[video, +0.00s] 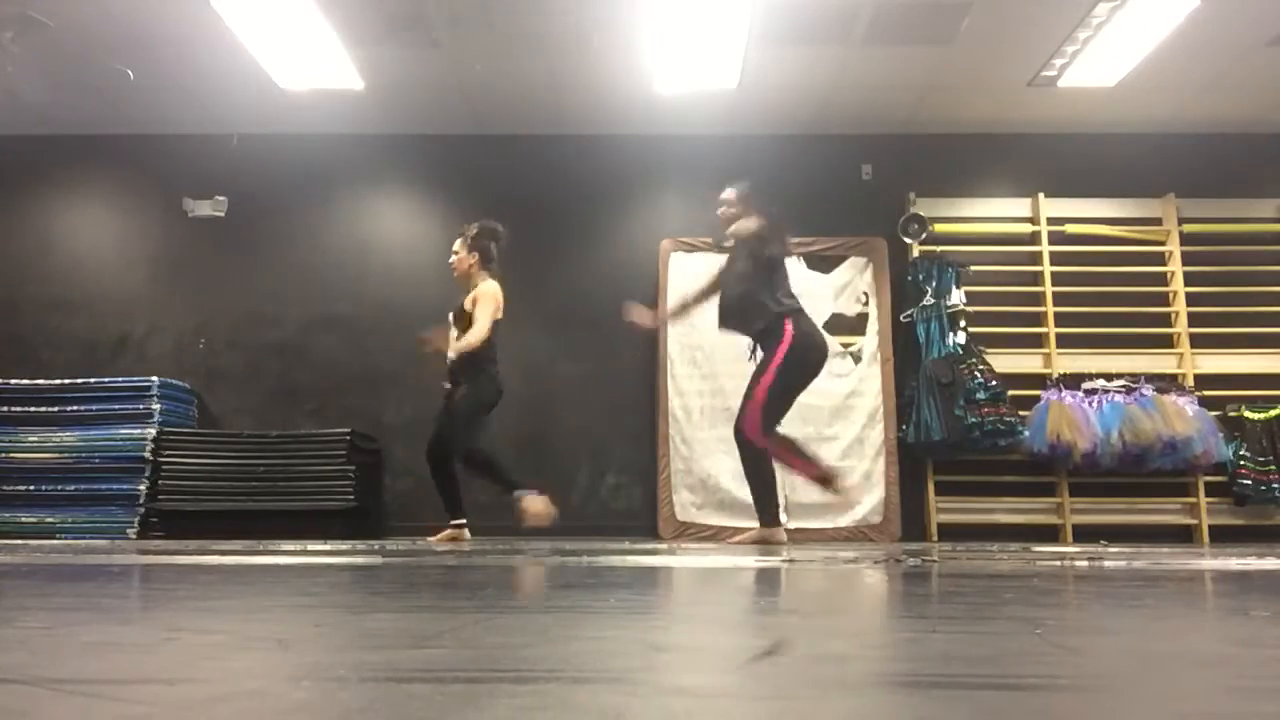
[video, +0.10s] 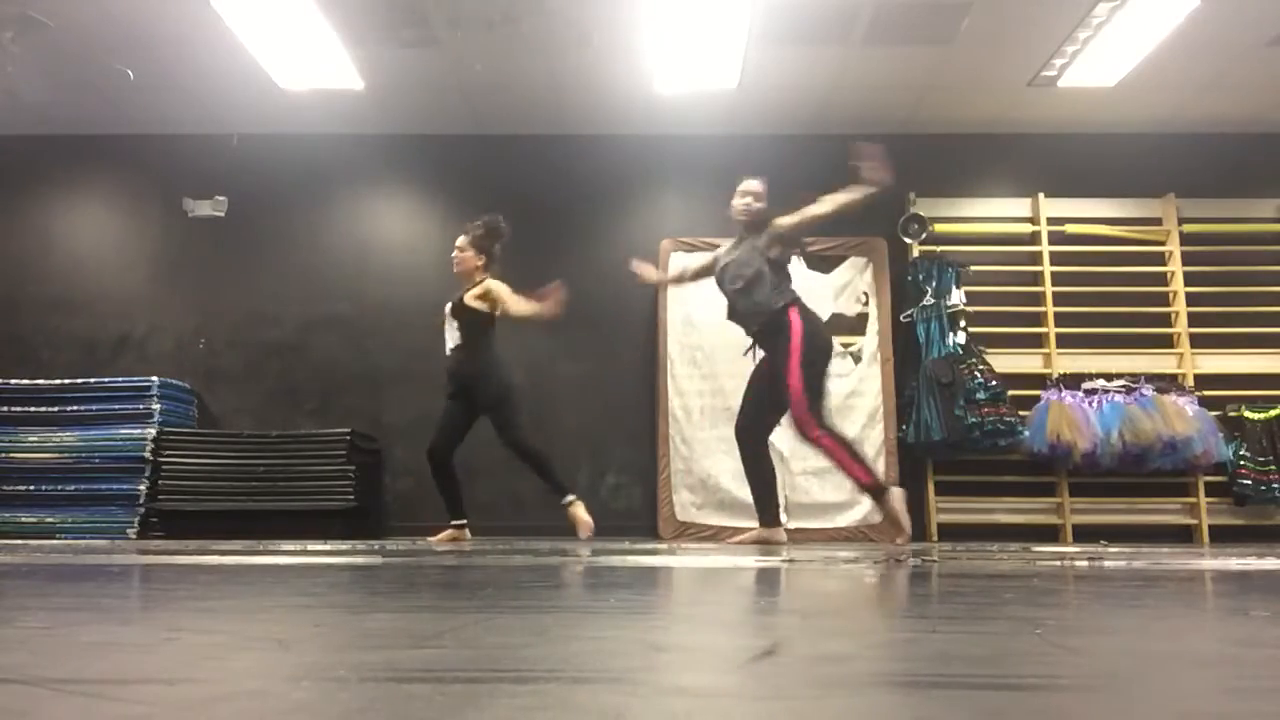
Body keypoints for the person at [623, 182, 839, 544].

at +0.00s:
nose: (720, 211)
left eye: (727, 205)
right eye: (719, 205)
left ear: (749, 207)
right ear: (725, 212)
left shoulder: (759, 232)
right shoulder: (737, 253)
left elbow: (758, 230)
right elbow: (704, 293)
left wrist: (744, 231)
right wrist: (660, 317)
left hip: (793, 338)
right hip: (779, 344)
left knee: (755, 428)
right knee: (747, 431)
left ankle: (832, 481)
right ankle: (770, 526)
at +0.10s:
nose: (747, 202)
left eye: (755, 198)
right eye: (742, 196)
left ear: (767, 205)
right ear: (730, 203)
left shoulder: (774, 234)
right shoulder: (722, 256)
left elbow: (823, 208)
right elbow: (689, 273)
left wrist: (870, 186)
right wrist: (657, 277)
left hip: (797, 331)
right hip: (775, 345)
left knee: (808, 422)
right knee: (749, 430)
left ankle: (884, 497)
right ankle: (770, 527)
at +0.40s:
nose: (813, 213)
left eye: (814, 207)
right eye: (805, 206)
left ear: (806, 216)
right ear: (780, 211)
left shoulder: (816, 252)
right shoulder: (751, 248)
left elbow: (860, 251)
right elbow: (690, 242)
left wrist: (900, 248)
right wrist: (641, 232)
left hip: (838, 342)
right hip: (792, 355)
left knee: (857, 417)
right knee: (753, 436)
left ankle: (911, 508)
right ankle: (768, 527)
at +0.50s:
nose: (831, 221)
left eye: (830, 214)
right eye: (824, 213)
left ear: (812, 221)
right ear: (800, 217)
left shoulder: (824, 264)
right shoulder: (770, 252)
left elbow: (865, 270)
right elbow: (714, 241)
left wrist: (880, 254)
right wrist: (656, 225)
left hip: (843, 356)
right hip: (796, 361)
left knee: (870, 429)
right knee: (760, 442)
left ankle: (914, 514)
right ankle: (762, 528)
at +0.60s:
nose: (849, 231)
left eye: (848, 224)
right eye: (841, 223)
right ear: (818, 228)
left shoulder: (841, 276)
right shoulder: (800, 262)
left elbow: (856, 269)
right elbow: (772, 256)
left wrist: (862, 256)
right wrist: (745, 247)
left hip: (847, 372)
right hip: (801, 374)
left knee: (885, 440)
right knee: (772, 452)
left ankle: (913, 522)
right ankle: (757, 528)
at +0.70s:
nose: (868, 237)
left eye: (867, 231)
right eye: (860, 231)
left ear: (854, 240)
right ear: (837, 238)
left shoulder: (858, 273)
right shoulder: (822, 272)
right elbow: (841, 300)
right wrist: (856, 263)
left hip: (856, 384)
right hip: (810, 384)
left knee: (890, 449)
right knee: (781, 458)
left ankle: (913, 529)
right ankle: (757, 529)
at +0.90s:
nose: (904, 210)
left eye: (909, 203)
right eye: (895, 204)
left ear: (916, 209)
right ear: (880, 212)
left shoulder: (915, 265)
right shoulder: (854, 245)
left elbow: (906, 317)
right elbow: (817, 291)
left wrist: (902, 341)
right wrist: (859, 321)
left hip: (878, 358)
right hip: (830, 350)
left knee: (892, 440)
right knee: (782, 430)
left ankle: (913, 529)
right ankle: (752, 518)